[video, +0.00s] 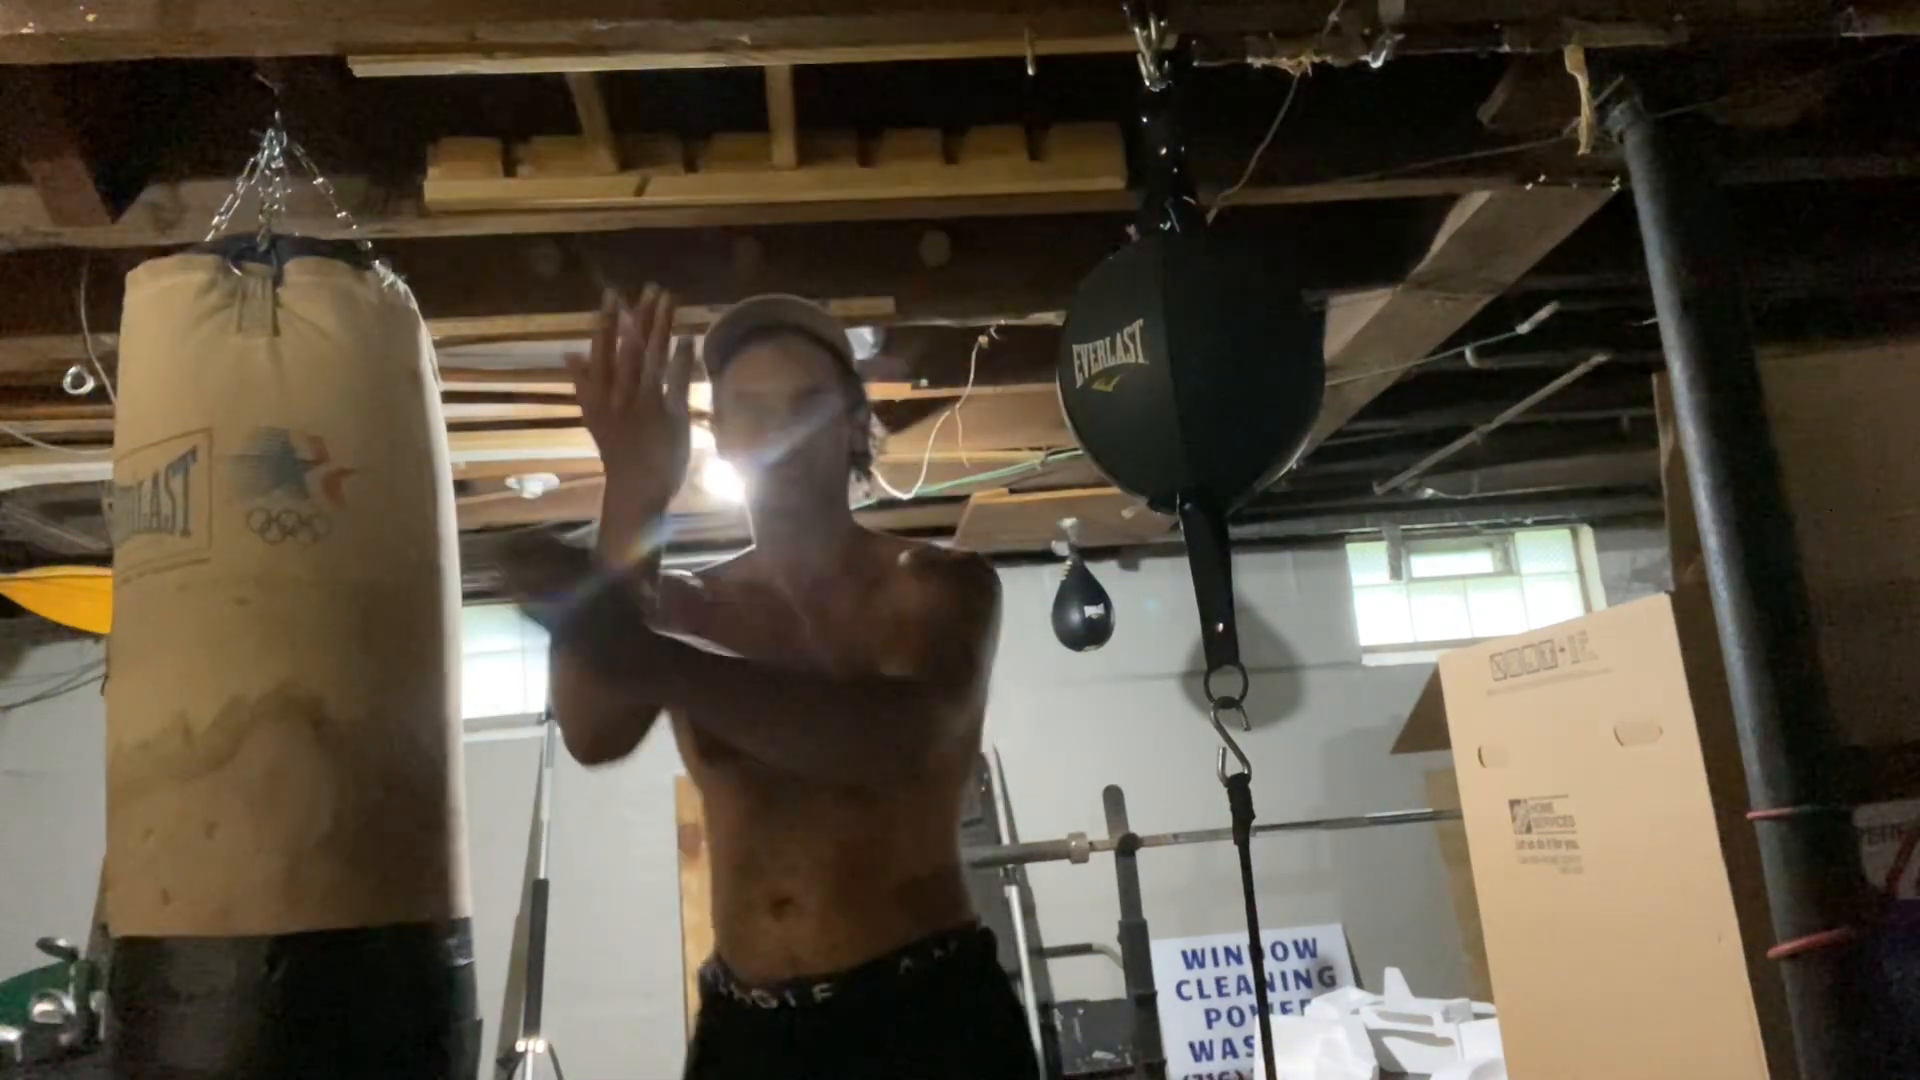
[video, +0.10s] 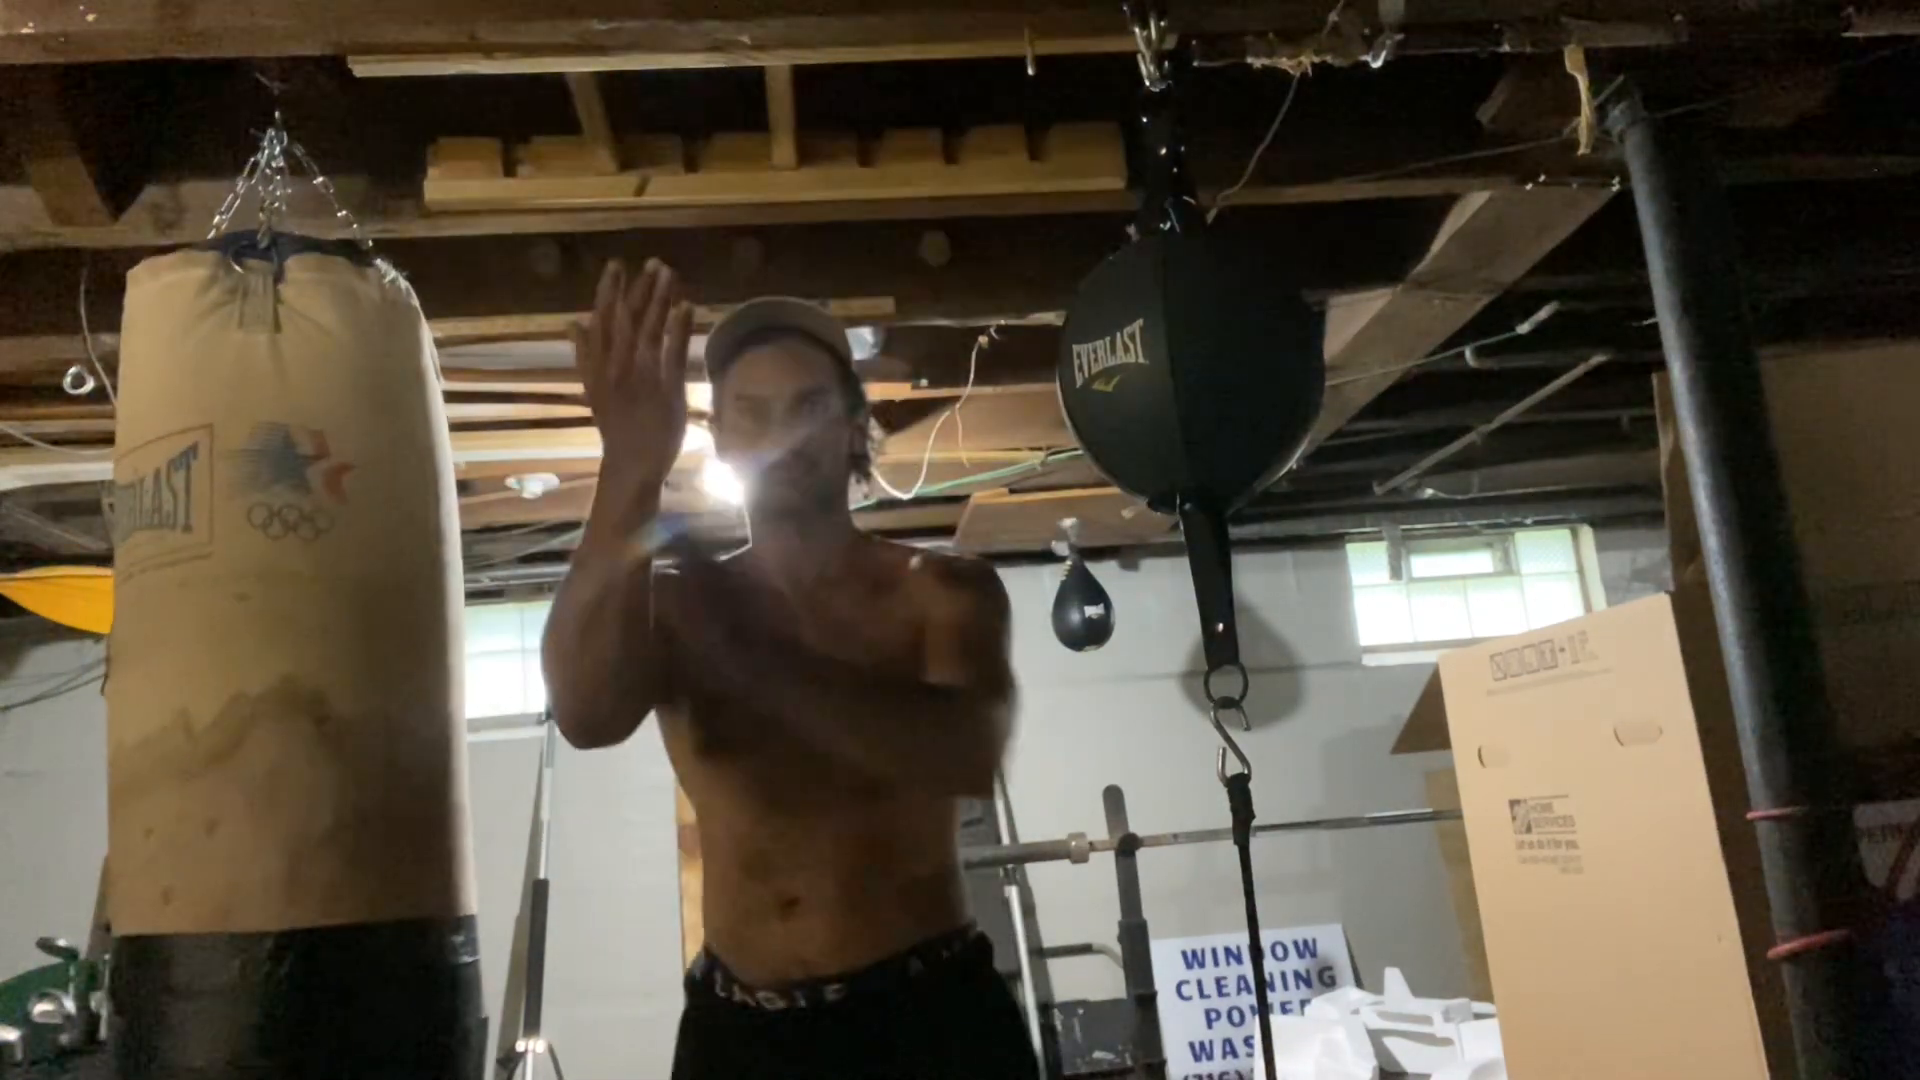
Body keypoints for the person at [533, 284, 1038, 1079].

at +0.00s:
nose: (777, 431)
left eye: (806, 401)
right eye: (748, 409)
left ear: (859, 426)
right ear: (720, 438)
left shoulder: (946, 584)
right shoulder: (689, 603)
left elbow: (912, 743)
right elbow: (594, 735)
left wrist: (656, 662)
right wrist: (629, 505)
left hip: (927, 1007)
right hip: (748, 1027)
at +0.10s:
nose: (780, 438)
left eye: (809, 408)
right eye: (751, 414)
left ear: (856, 431)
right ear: (719, 445)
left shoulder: (948, 589)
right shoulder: (678, 598)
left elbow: (969, 756)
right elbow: (587, 716)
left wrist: (745, 664)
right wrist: (628, 470)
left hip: (930, 1010)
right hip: (741, 1029)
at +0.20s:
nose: (807, 439)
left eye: (830, 411)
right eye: (777, 419)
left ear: (876, 428)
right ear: (740, 445)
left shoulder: (968, 593)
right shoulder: (686, 607)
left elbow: (1066, 754)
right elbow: (581, 726)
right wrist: (641, 455)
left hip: (953, 1011)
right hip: (759, 1031)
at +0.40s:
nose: (843, 419)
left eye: (870, 391)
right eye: (811, 395)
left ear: (915, 417)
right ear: (770, 428)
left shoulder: (996, 562)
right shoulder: (723, 607)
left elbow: (1193, 717)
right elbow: (581, 779)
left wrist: (1032, 593)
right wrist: (688, 545)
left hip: (1015, 1000)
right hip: (823, 1018)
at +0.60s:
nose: (840, 416)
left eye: (865, 385)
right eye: (809, 391)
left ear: (917, 412)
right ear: (771, 419)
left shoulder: (986, 567)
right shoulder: (722, 611)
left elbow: (1268, 669)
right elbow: (513, 780)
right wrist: (679, 629)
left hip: (1016, 1006)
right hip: (819, 1022)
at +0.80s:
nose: (798, 413)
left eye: (825, 377)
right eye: (767, 387)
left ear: (876, 398)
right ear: (728, 411)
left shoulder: (956, 556)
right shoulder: (682, 594)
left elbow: (1218, 604)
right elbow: (437, 741)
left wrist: (1190, 587)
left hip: (970, 1017)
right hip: (769, 1031)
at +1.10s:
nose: (770, 418)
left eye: (799, 387)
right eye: (735, 394)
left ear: (852, 410)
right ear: (698, 426)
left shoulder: (944, 581)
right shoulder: (633, 624)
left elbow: (1185, 681)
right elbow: (411, 775)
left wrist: (1057, 601)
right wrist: (626, 622)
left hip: (943, 1022)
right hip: (745, 1039)